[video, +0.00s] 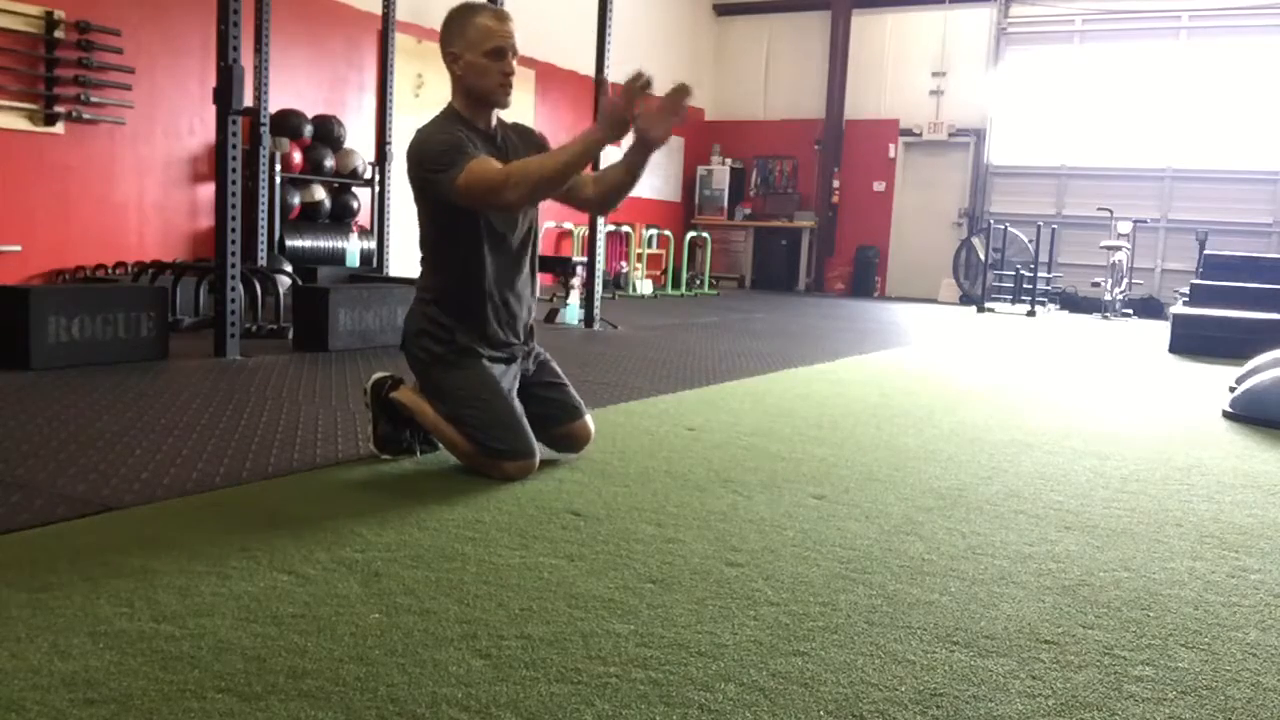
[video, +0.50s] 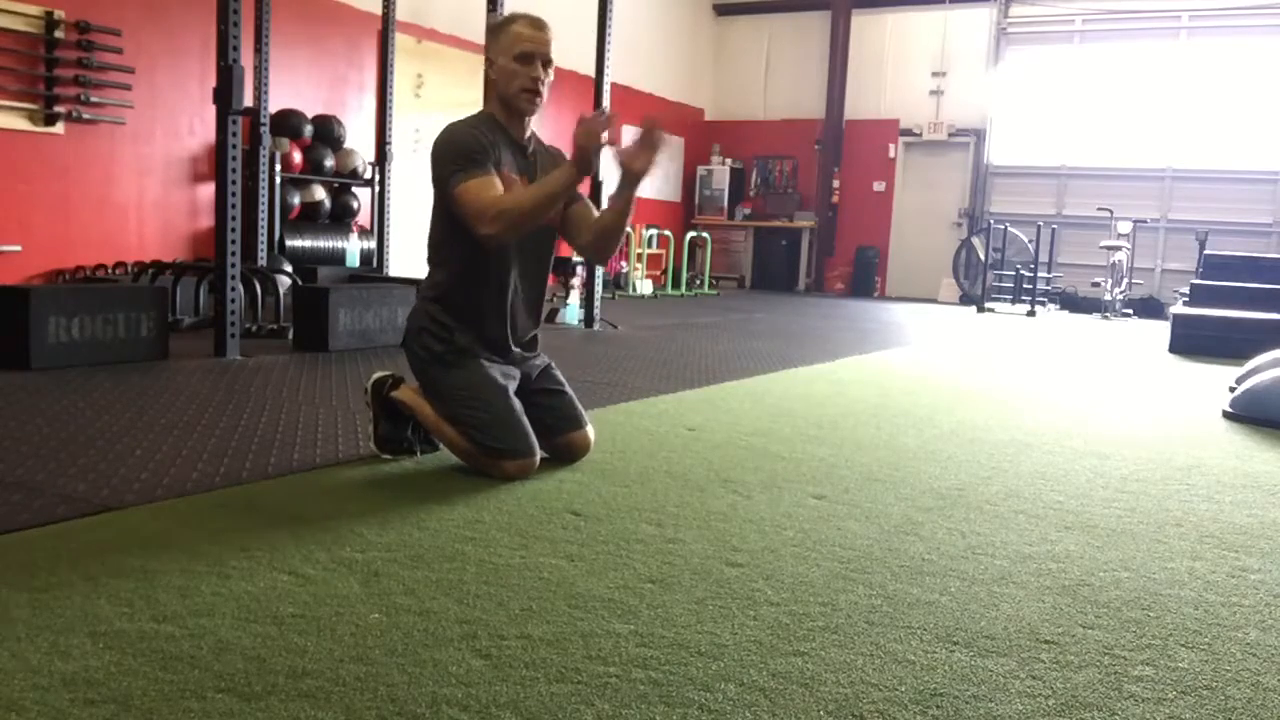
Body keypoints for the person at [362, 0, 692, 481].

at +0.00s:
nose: (511, 66)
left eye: (513, 54)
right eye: (497, 54)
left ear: (516, 60)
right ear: (454, 61)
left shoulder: (525, 142)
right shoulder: (436, 144)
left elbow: (595, 198)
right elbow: (508, 189)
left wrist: (643, 147)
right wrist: (601, 133)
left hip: (516, 336)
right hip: (455, 345)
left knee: (574, 436)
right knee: (515, 464)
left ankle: (462, 395)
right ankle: (402, 399)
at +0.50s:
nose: (538, 75)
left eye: (546, 65)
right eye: (524, 60)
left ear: (553, 76)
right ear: (489, 66)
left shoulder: (550, 159)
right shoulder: (463, 141)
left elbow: (596, 246)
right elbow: (492, 223)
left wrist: (629, 181)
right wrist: (576, 167)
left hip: (518, 341)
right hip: (455, 343)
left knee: (572, 443)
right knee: (515, 463)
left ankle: (443, 414)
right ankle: (401, 398)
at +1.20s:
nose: (569, 96)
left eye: (569, 84)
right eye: (562, 82)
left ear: (529, 80)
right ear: (526, 79)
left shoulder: (542, 155)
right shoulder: (461, 147)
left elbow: (561, 234)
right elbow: (437, 259)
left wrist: (610, 178)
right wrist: (482, 352)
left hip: (514, 345)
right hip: (449, 349)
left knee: (573, 442)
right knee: (515, 463)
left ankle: (448, 404)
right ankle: (401, 398)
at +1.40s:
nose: (563, 95)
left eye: (565, 83)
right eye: (561, 81)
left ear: (530, 80)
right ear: (529, 78)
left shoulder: (537, 153)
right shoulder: (462, 149)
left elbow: (562, 213)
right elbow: (443, 260)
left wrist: (590, 136)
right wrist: (473, 360)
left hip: (513, 347)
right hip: (450, 349)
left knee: (572, 442)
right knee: (515, 464)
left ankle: (438, 413)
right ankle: (400, 399)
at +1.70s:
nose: (559, 93)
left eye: (561, 81)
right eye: (558, 80)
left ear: (528, 80)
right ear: (529, 78)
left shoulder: (533, 153)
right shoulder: (457, 149)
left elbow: (559, 199)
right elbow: (438, 258)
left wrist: (590, 133)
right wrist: (473, 354)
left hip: (510, 345)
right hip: (448, 349)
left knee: (572, 443)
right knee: (515, 464)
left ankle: (438, 411)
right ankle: (400, 399)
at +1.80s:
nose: (558, 94)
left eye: (559, 82)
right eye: (555, 80)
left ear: (525, 78)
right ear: (526, 78)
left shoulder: (533, 151)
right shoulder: (456, 148)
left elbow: (566, 180)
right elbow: (436, 257)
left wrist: (614, 137)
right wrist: (472, 355)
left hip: (513, 347)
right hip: (450, 352)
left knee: (573, 443)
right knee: (516, 464)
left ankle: (441, 408)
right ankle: (400, 399)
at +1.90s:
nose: (557, 92)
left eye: (558, 79)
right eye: (554, 78)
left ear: (524, 77)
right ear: (526, 77)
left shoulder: (538, 152)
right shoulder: (453, 149)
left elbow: (586, 165)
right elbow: (433, 257)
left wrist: (623, 152)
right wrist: (469, 355)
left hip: (514, 348)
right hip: (450, 351)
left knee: (573, 443)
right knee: (516, 464)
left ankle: (438, 410)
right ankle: (399, 399)